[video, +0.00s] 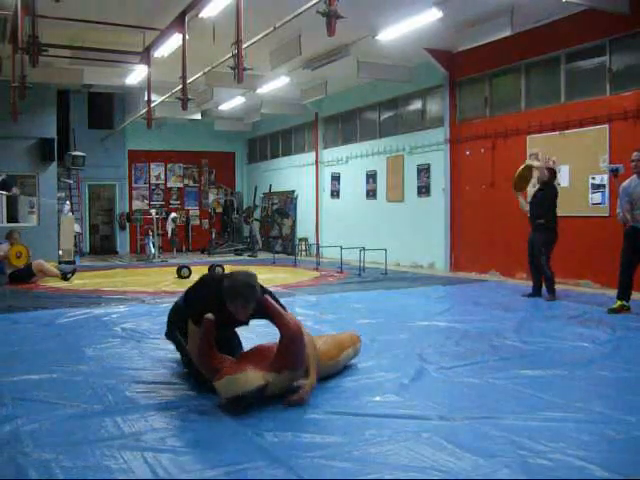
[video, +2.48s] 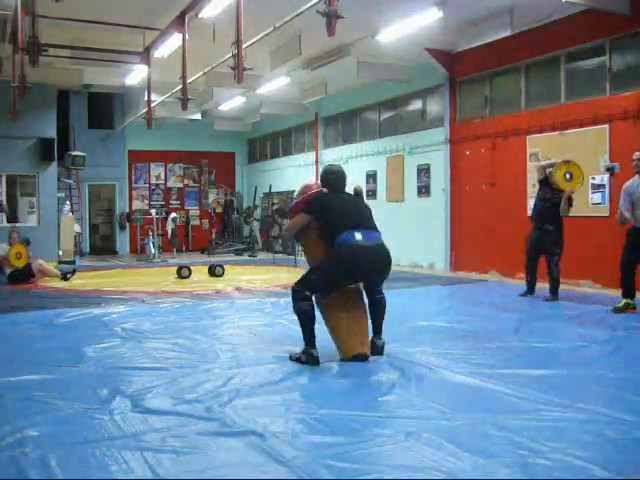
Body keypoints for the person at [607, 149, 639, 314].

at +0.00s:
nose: (634, 164)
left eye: (636, 161)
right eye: (633, 161)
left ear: (639, 163)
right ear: (631, 164)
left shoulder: (630, 187)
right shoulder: (627, 186)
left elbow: (624, 209)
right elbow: (623, 208)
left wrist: (629, 220)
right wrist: (627, 221)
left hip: (634, 228)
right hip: (633, 228)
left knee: (628, 264)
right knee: (626, 264)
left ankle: (623, 299)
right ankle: (623, 299)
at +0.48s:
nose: (634, 164)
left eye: (636, 160)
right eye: (632, 161)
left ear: (639, 163)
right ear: (630, 164)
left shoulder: (630, 187)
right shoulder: (626, 186)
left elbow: (623, 209)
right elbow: (622, 209)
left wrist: (629, 222)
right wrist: (628, 222)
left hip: (634, 228)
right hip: (633, 228)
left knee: (627, 264)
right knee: (626, 264)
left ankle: (623, 299)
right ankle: (623, 299)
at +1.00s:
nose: (634, 164)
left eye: (636, 160)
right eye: (632, 160)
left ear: (639, 162)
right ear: (629, 164)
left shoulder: (629, 186)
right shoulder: (626, 185)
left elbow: (621, 209)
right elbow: (621, 209)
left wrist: (628, 221)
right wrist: (627, 222)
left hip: (634, 229)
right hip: (632, 228)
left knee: (627, 265)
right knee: (626, 265)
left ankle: (623, 299)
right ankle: (623, 299)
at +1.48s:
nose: (634, 163)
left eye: (636, 160)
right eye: (632, 160)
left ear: (639, 162)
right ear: (630, 163)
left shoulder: (629, 186)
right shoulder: (626, 185)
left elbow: (622, 208)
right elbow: (622, 208)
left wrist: (628, 223)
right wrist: (627, 223)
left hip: (634, 229)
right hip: (633, 228)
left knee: (627, 265)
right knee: (626, 265)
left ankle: (623, 300)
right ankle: (623, 299)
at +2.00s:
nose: (634, 163)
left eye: (636, 160)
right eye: (633, 160)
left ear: (639, 162)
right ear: (631, 163)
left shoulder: (629, 186)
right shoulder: (627, 186)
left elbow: (624, 209)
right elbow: (623, 209)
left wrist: (629, 222)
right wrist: (629, 222)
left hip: (634, 229)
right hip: (633, 229)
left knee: (628, 265)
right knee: (627, 265)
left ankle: (623, 299)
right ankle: (622, 299)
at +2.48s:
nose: (636, 163)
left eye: (637, 160)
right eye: (634, 160)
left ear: (639, 163)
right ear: (632, 163)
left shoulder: (630, 186)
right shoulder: (629, 186)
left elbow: (625, 210)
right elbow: (625, 209)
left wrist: (629, 219)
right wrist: (628, 218)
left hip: (635, 228)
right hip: (634, 228)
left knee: (628, 263)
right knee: (627, 263)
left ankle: (628, 298)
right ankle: (628, 298)